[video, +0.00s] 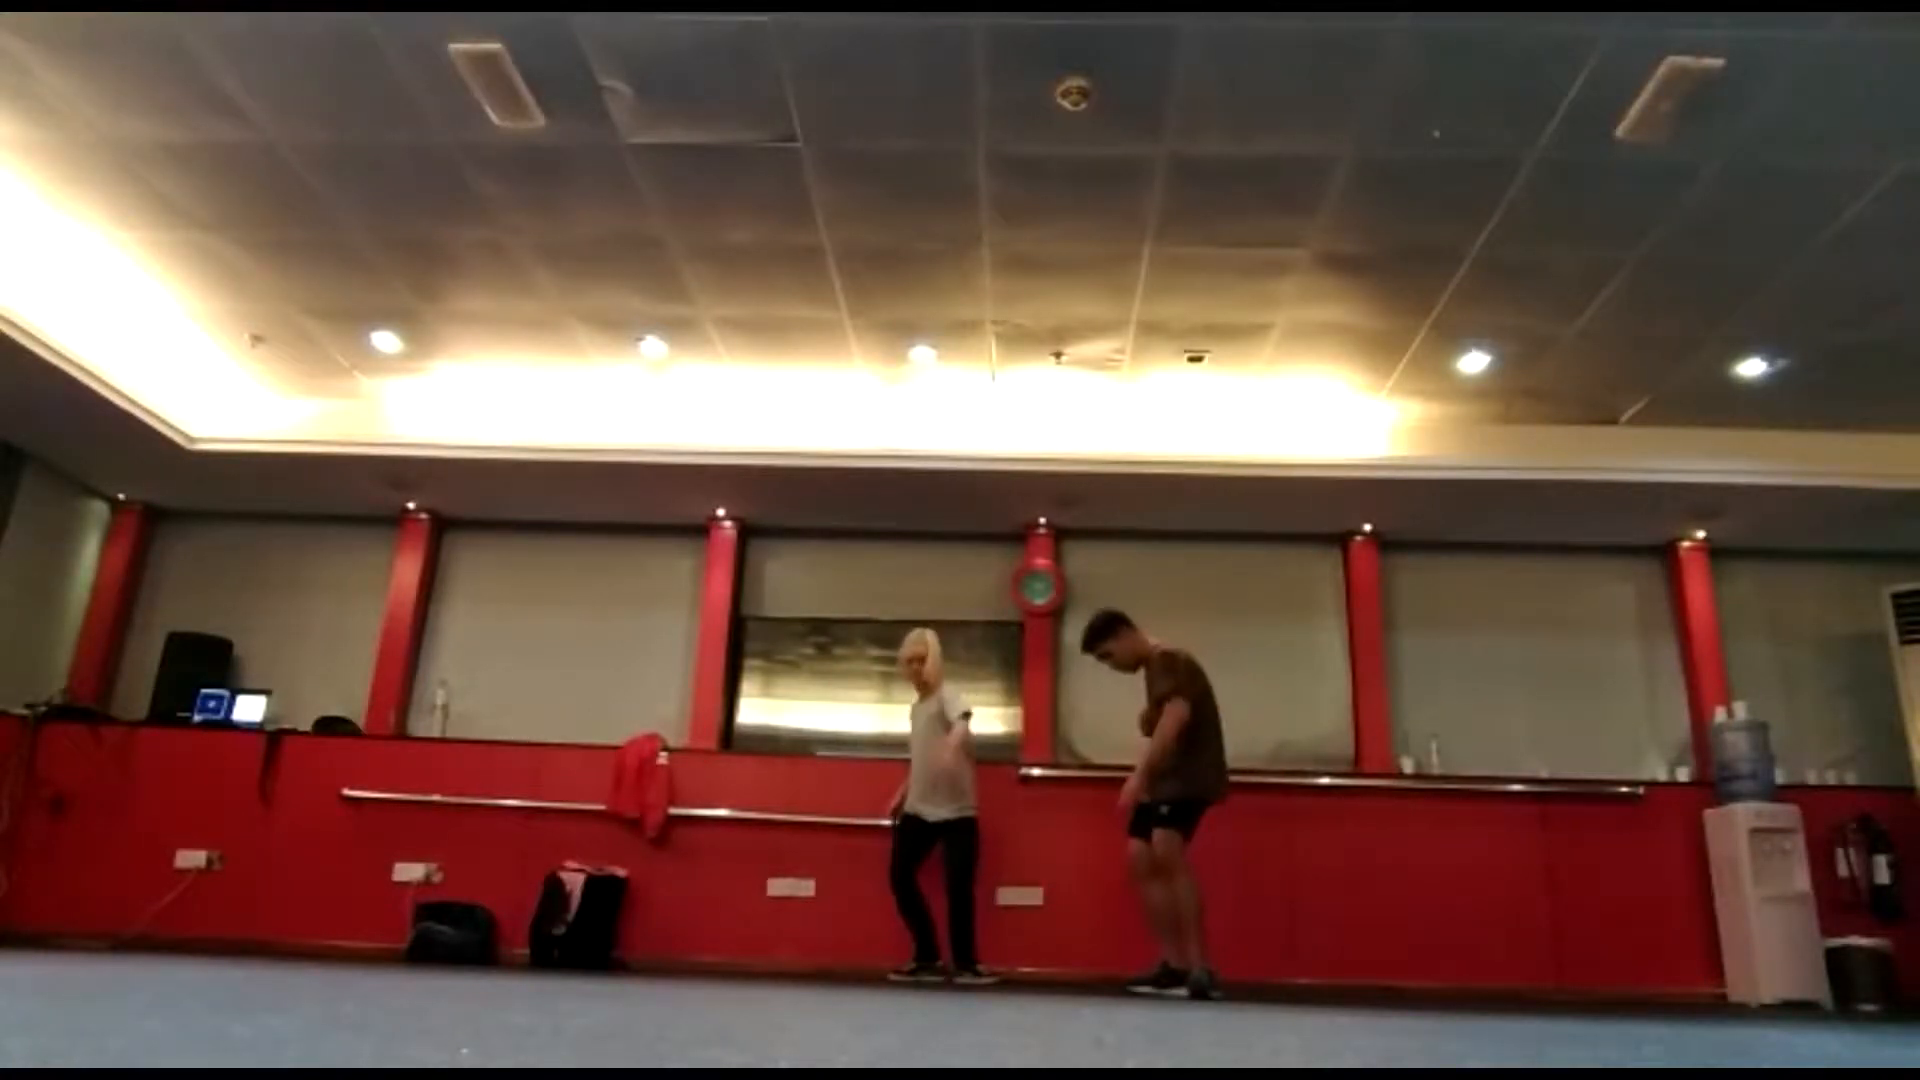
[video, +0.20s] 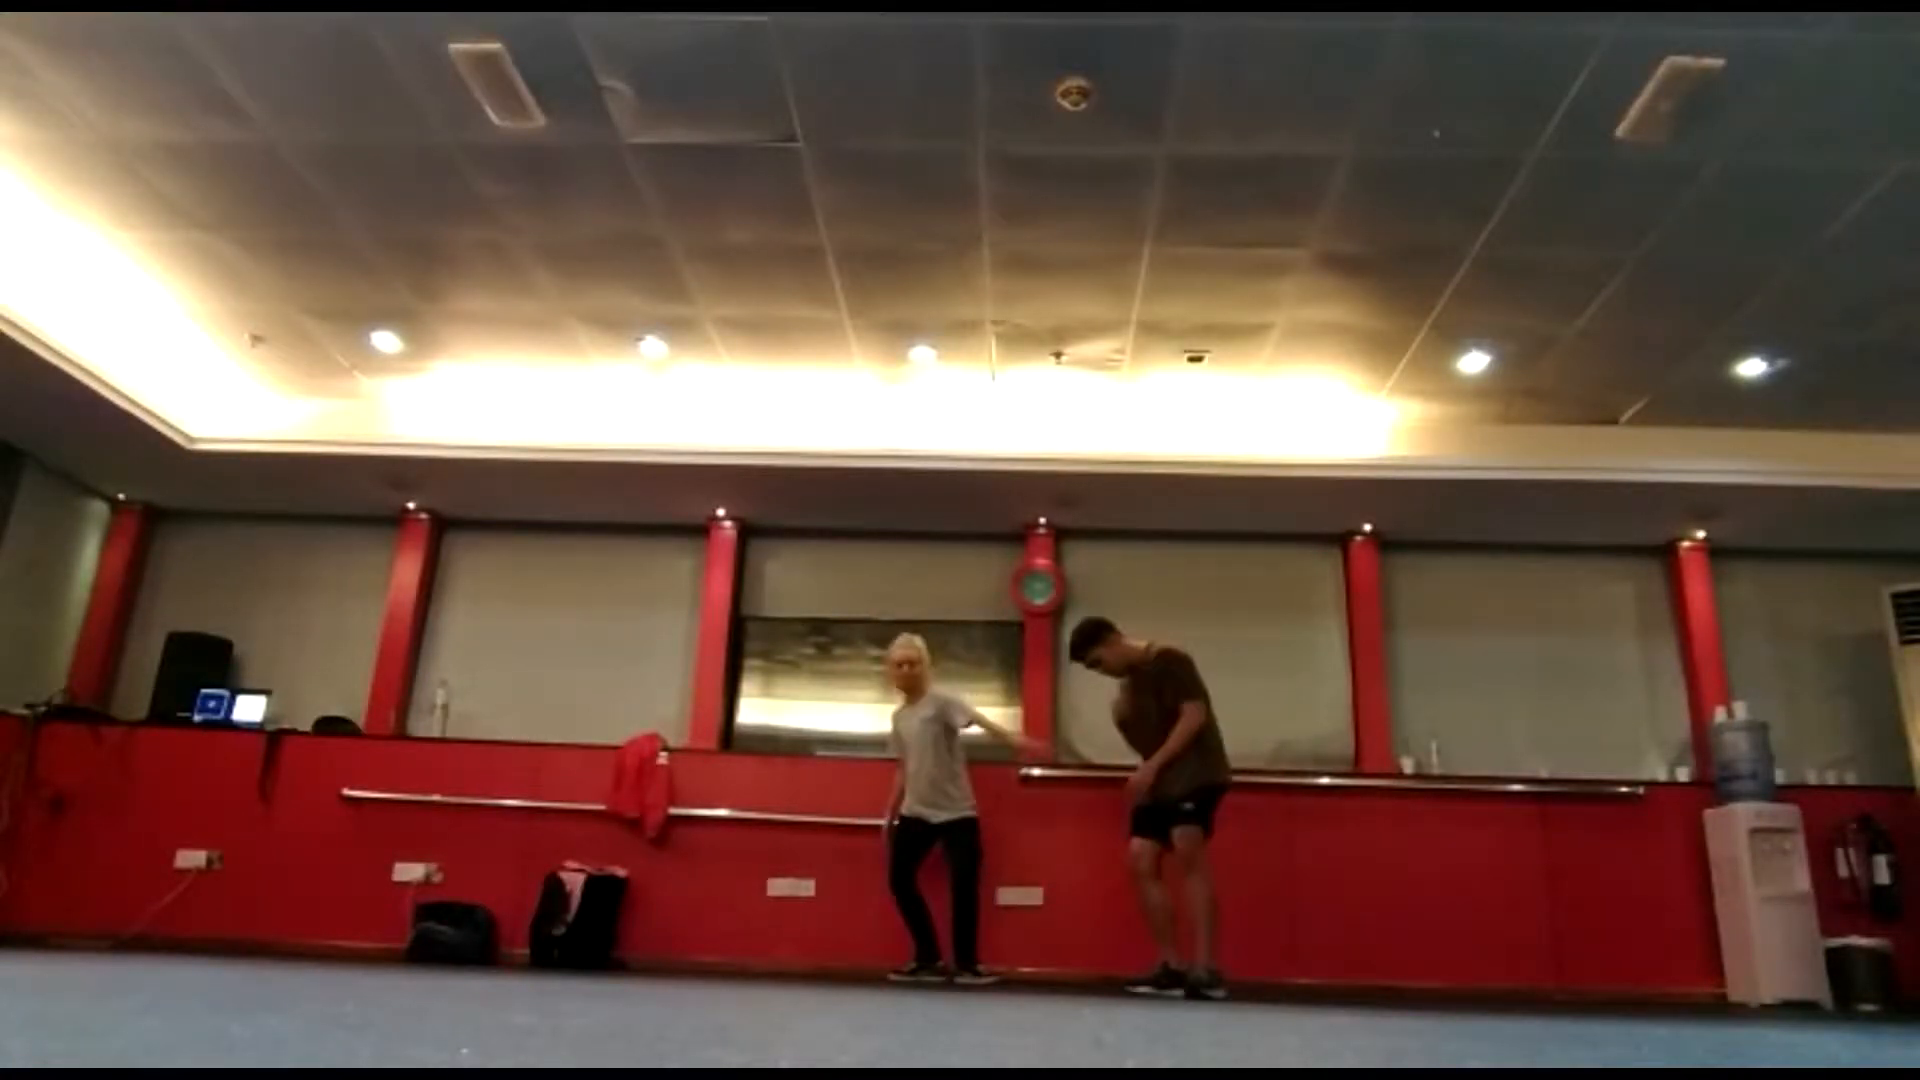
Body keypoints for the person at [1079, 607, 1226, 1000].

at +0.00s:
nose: (1111, 665)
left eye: (1108, 655)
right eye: (1104, 659)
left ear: (1125, 637)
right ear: (1121, 643)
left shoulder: (1170, 665)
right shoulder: (1155, 671)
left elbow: (1174, 720)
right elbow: (1162, 734)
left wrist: (1137, 778)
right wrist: (1148, 781)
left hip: (1191, 780)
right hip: (1166, 780)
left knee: (1166, 852)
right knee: (1140, 857)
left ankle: (1197, 967)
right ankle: (1173, 963)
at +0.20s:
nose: (1101, 671)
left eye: (1097, 662)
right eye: (1094, 667)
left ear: (1110, 642)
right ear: (1104, 652)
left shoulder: (1170, 662)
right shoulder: (1132, 684)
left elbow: (1195, 715)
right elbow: (1152, 744)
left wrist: (1151, 766)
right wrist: (1125, 720)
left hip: (1197, 773)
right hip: (1160, 778)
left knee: (1188, 852)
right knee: (1141, 859)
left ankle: (1204, 969)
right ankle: (1170, 964)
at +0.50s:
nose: (1137, 655)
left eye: (1142, 645)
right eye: (1128, 647)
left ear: (1153, 637)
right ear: (1117, 644)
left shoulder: (1185, 664)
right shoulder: (1108, 680)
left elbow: (1233, 699)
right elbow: (1108, 733)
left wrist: (1185, 701)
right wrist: (1131, 684)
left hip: (1194, 779)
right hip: (1142, 782)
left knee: (1214, 862)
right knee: (1128, 861)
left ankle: (1203, 955)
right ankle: (1170, 962)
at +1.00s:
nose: (1211, 655)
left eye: (1217, 648)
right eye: (1208, 645)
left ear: (1222, 644)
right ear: (1193, 633)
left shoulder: (1214, 673)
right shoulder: (1151, 662)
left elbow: (1223, 718)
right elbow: (1115, 705)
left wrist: (1238, 727)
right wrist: (1165, 709)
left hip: (1197, 786)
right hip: (1155, 785)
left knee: (1197, 869)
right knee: (1158, 863)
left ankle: (1188, 965)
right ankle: (1155, 961)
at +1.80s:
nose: (1144, 639)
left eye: (1150, 629)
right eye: (1137, 632)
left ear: (1169, 630)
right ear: (1131, 639)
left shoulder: (1204, 681)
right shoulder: (1135, 684)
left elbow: (1235, 738)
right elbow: (1118, 734)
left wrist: (1247, 728)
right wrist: (1123, 704)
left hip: (1194, 796)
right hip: (1145, 794)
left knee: (1194, 870)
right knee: (1120, 860)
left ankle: (1189, 969)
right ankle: (1120, 963)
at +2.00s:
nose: (1107, 647)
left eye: (1112, 637)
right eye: (1099, 641)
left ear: (1131, 638)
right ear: (1094, 648)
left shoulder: (1173, 677)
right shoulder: (1103, 693)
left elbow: (1220, 719)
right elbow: (1111, 746)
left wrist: (1204, 766)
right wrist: (1110, 765)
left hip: (1179, 790)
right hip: (1132, 792)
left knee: (1188, 867)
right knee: (1110, 858)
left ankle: (1189, 967)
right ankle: (1118, 962)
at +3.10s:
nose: (1162, 664)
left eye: (1170, 658)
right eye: (1157, 655)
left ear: (1180, 665)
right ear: (1143, 656)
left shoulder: (1179, 715)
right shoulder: (1110, 693)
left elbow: (1214, 764)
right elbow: (1073, 739)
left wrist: (1208, 788)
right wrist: (1098, 789)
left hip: (1154, 807)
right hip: (1108, 803)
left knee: (1162, 879)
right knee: (1104, 887)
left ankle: (1136, 965)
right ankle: (1098, 963)